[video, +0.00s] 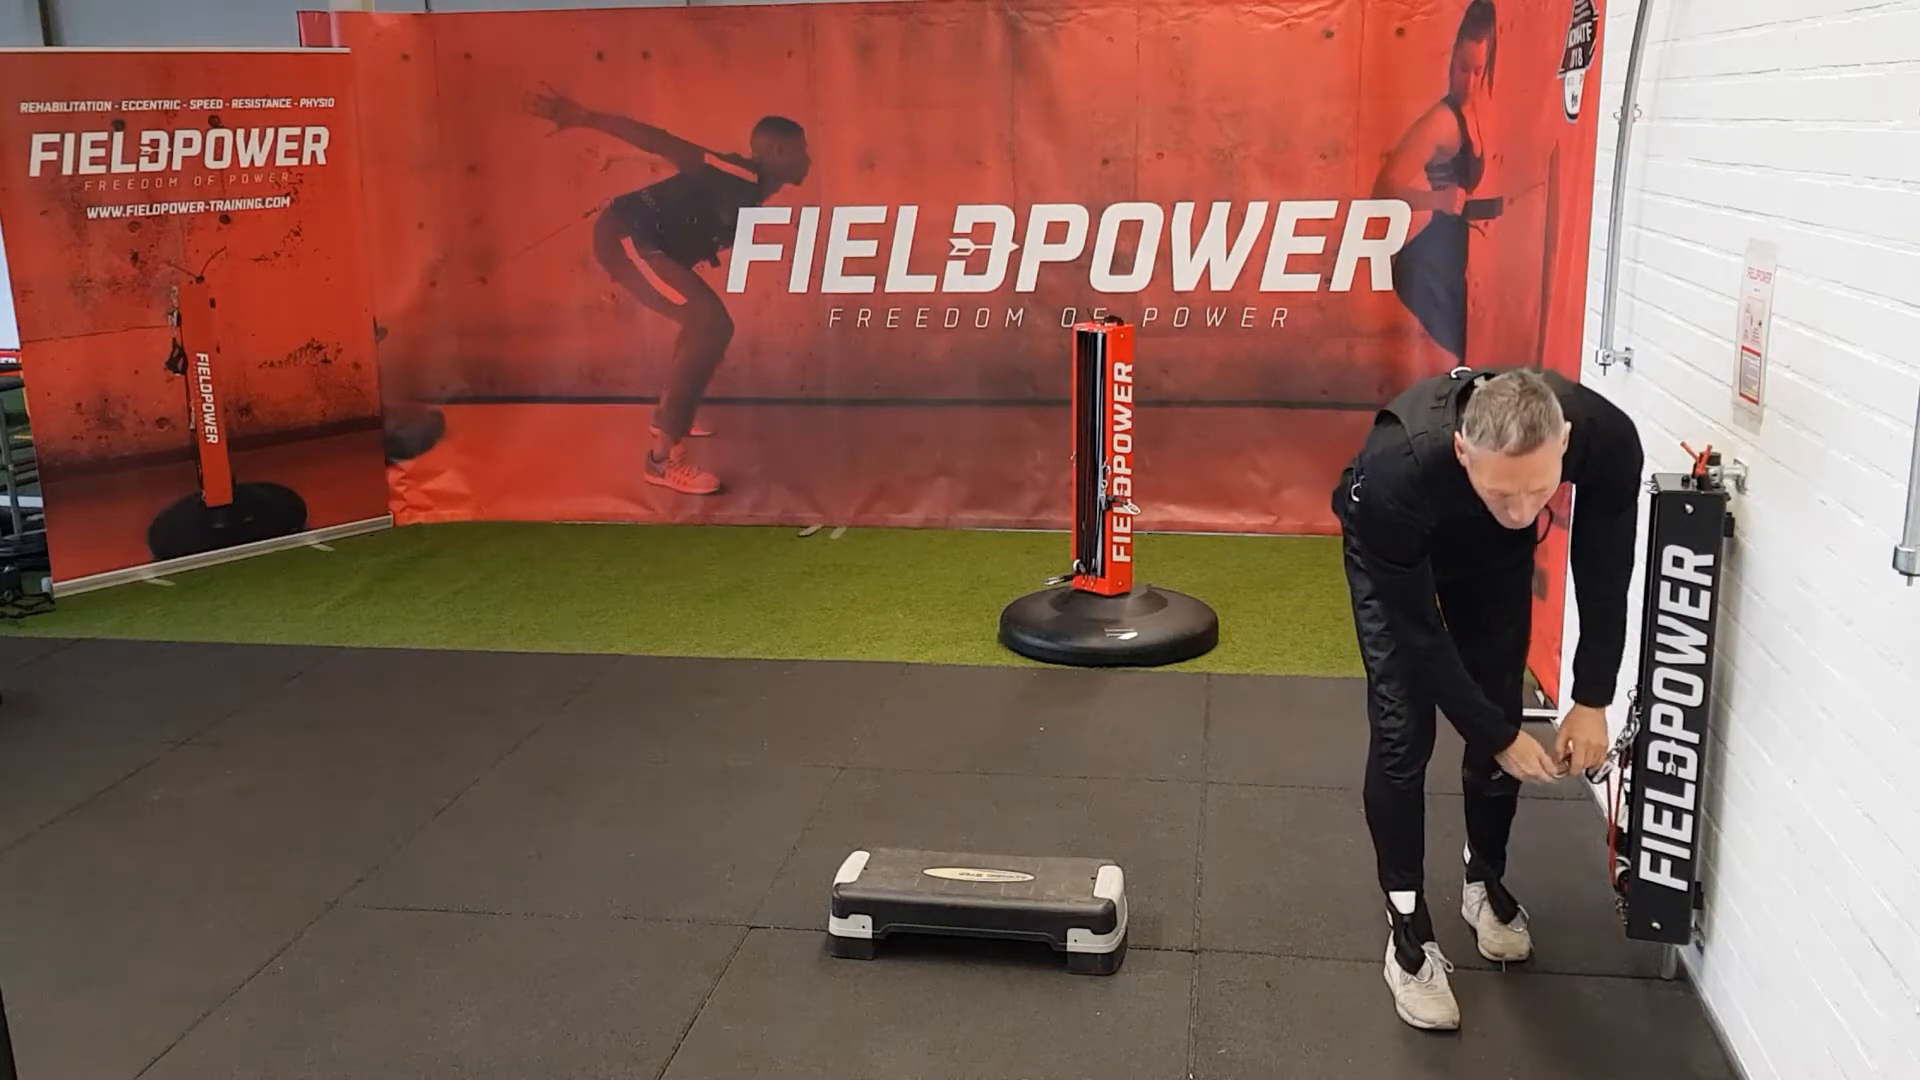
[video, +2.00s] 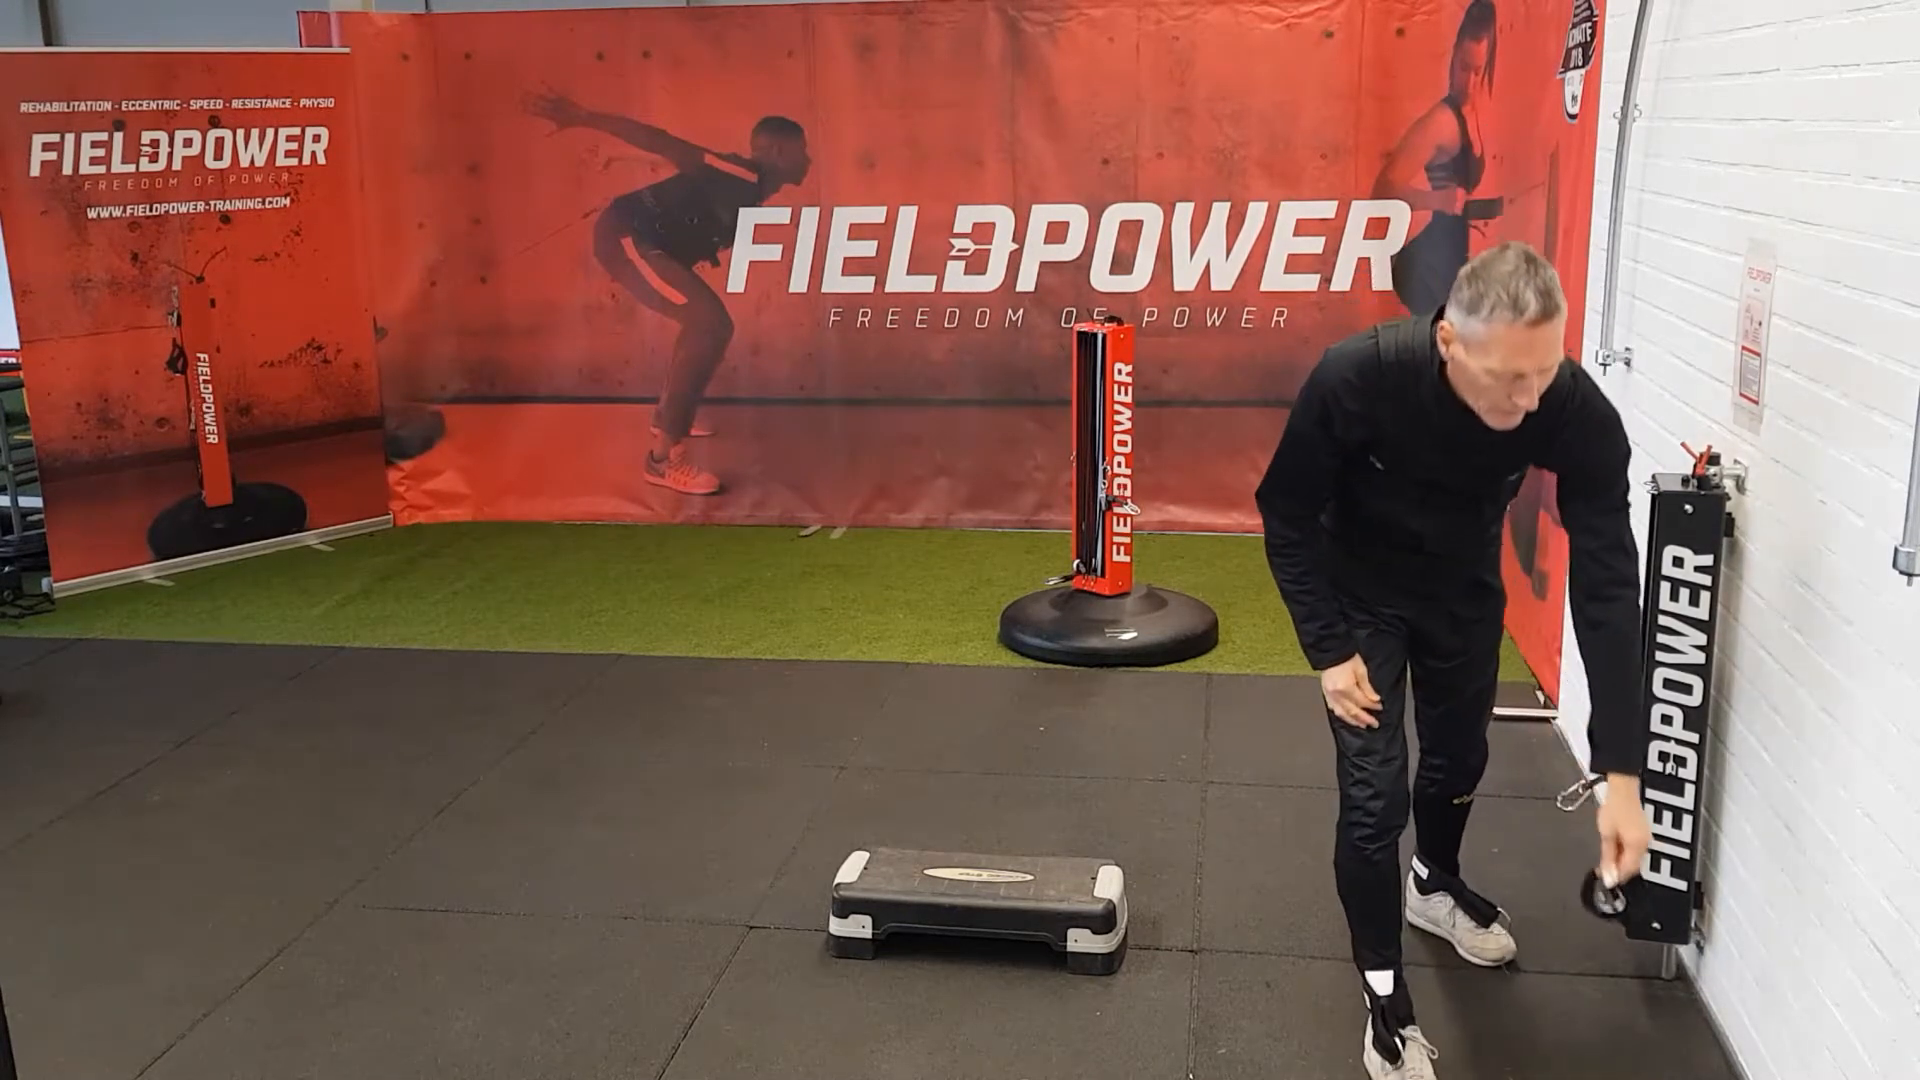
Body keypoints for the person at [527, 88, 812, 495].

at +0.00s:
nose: (808, 158)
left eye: (805, 149)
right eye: (801, 150)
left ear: (773, 151)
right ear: (773, 151)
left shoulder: (746, 186)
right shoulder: (735, 179)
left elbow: (660, 142)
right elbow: (658, 141)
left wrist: (583, 116)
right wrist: (583, 117)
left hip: (641, 235)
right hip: (627, 234)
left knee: (709, 322)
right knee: (713, 326)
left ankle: (670, 413)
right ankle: (663, 457)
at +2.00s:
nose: (807, 159)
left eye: (804, 150)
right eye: (800, 150)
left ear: (774, 151)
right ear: (772, 150)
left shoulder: (749, 191)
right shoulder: (735, 177)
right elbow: (661, 143)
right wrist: (582, 117)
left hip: (643, 236)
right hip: (627, 234)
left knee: (708, 322)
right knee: (713, 325)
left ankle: (670, 414)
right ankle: (665, 457)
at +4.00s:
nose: (807, 158)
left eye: (805, 150)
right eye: (800, 150)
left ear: (774, 151)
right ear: (770, 150)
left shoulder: (750, 190)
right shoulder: (735, 175)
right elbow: (661, 142)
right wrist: (584, 117)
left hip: (647, 238)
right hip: (626, 233)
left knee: (711, 322)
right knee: (711, 325)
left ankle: (671, 412)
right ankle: (665, 456)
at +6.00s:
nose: (807, 158)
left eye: (805, 149)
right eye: (800, 149)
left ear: (773, 151)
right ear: (771, 150)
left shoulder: (750, 187)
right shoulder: (736, 175)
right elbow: (659, 141)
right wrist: (583, 117)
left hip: (645, 236)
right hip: (627, 233)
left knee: (710, 322)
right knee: (712, 325)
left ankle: (670, 413)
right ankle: (665, 457)